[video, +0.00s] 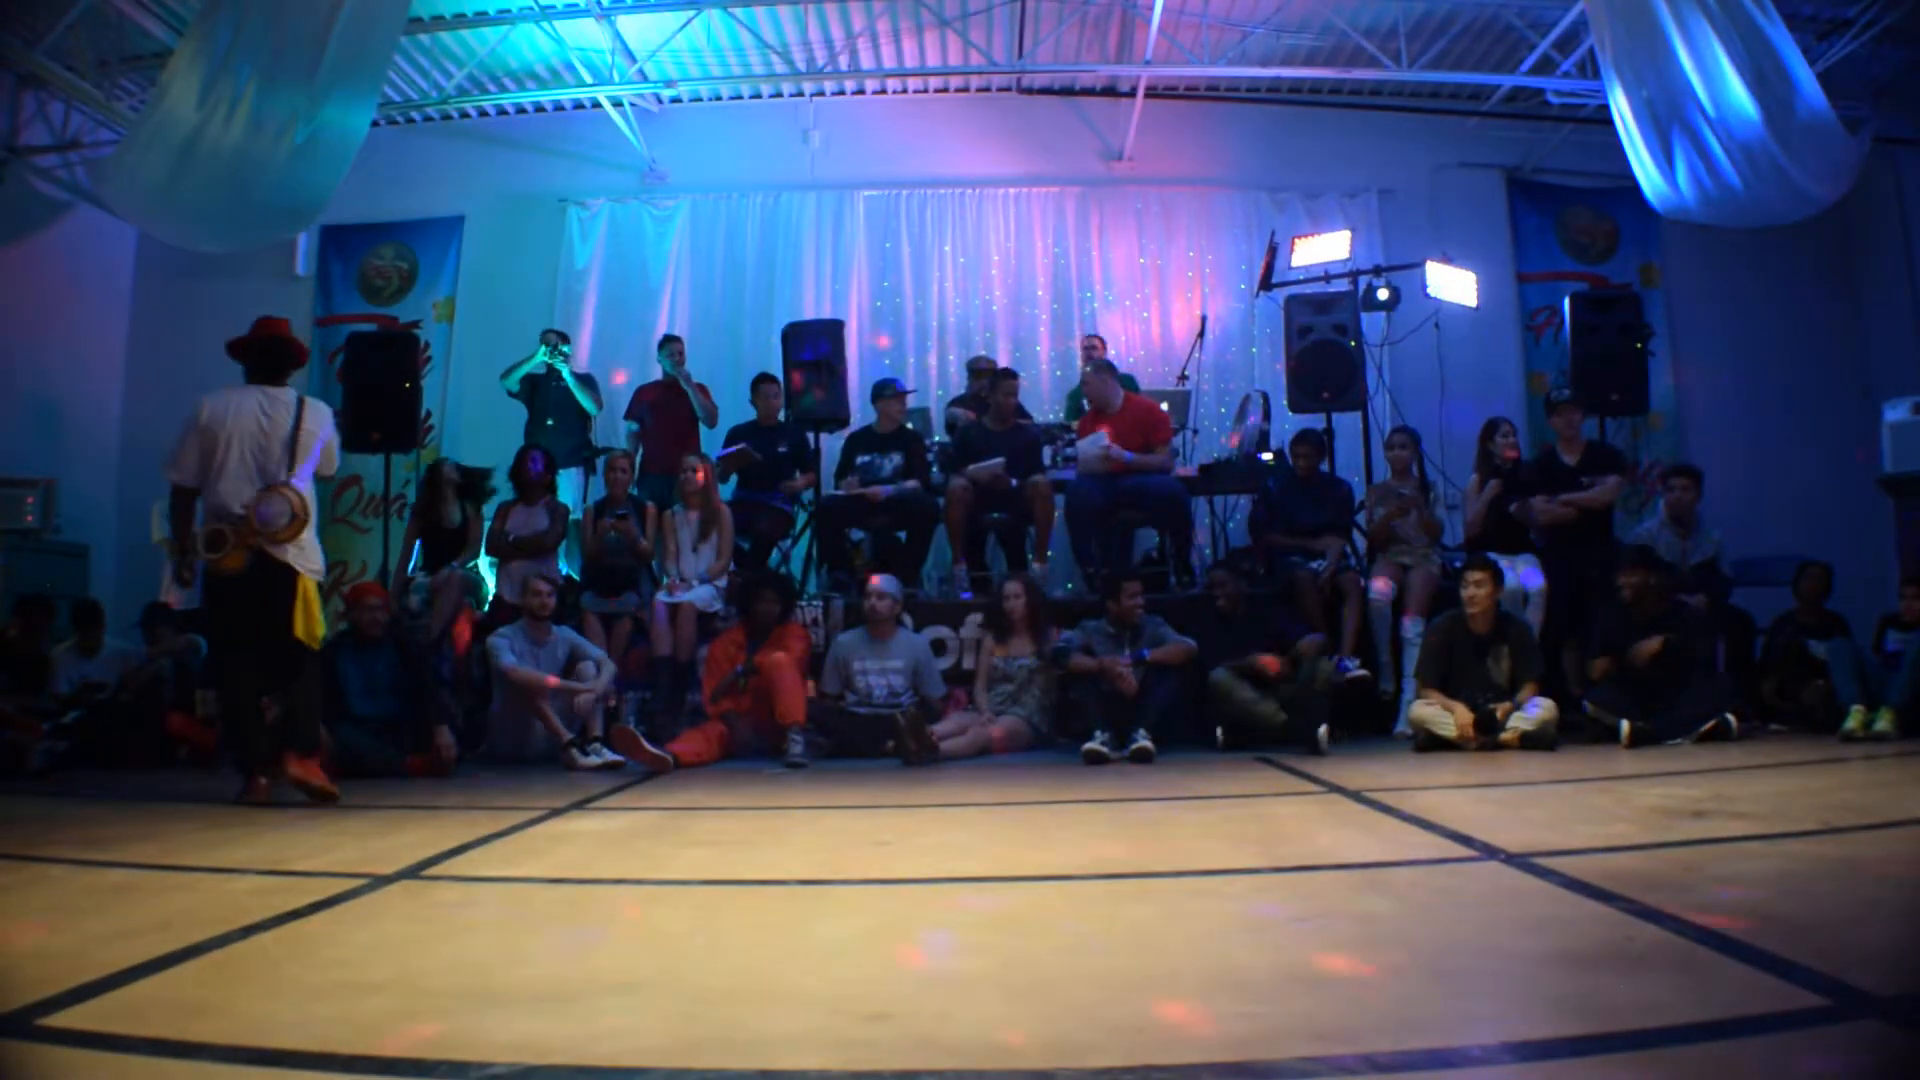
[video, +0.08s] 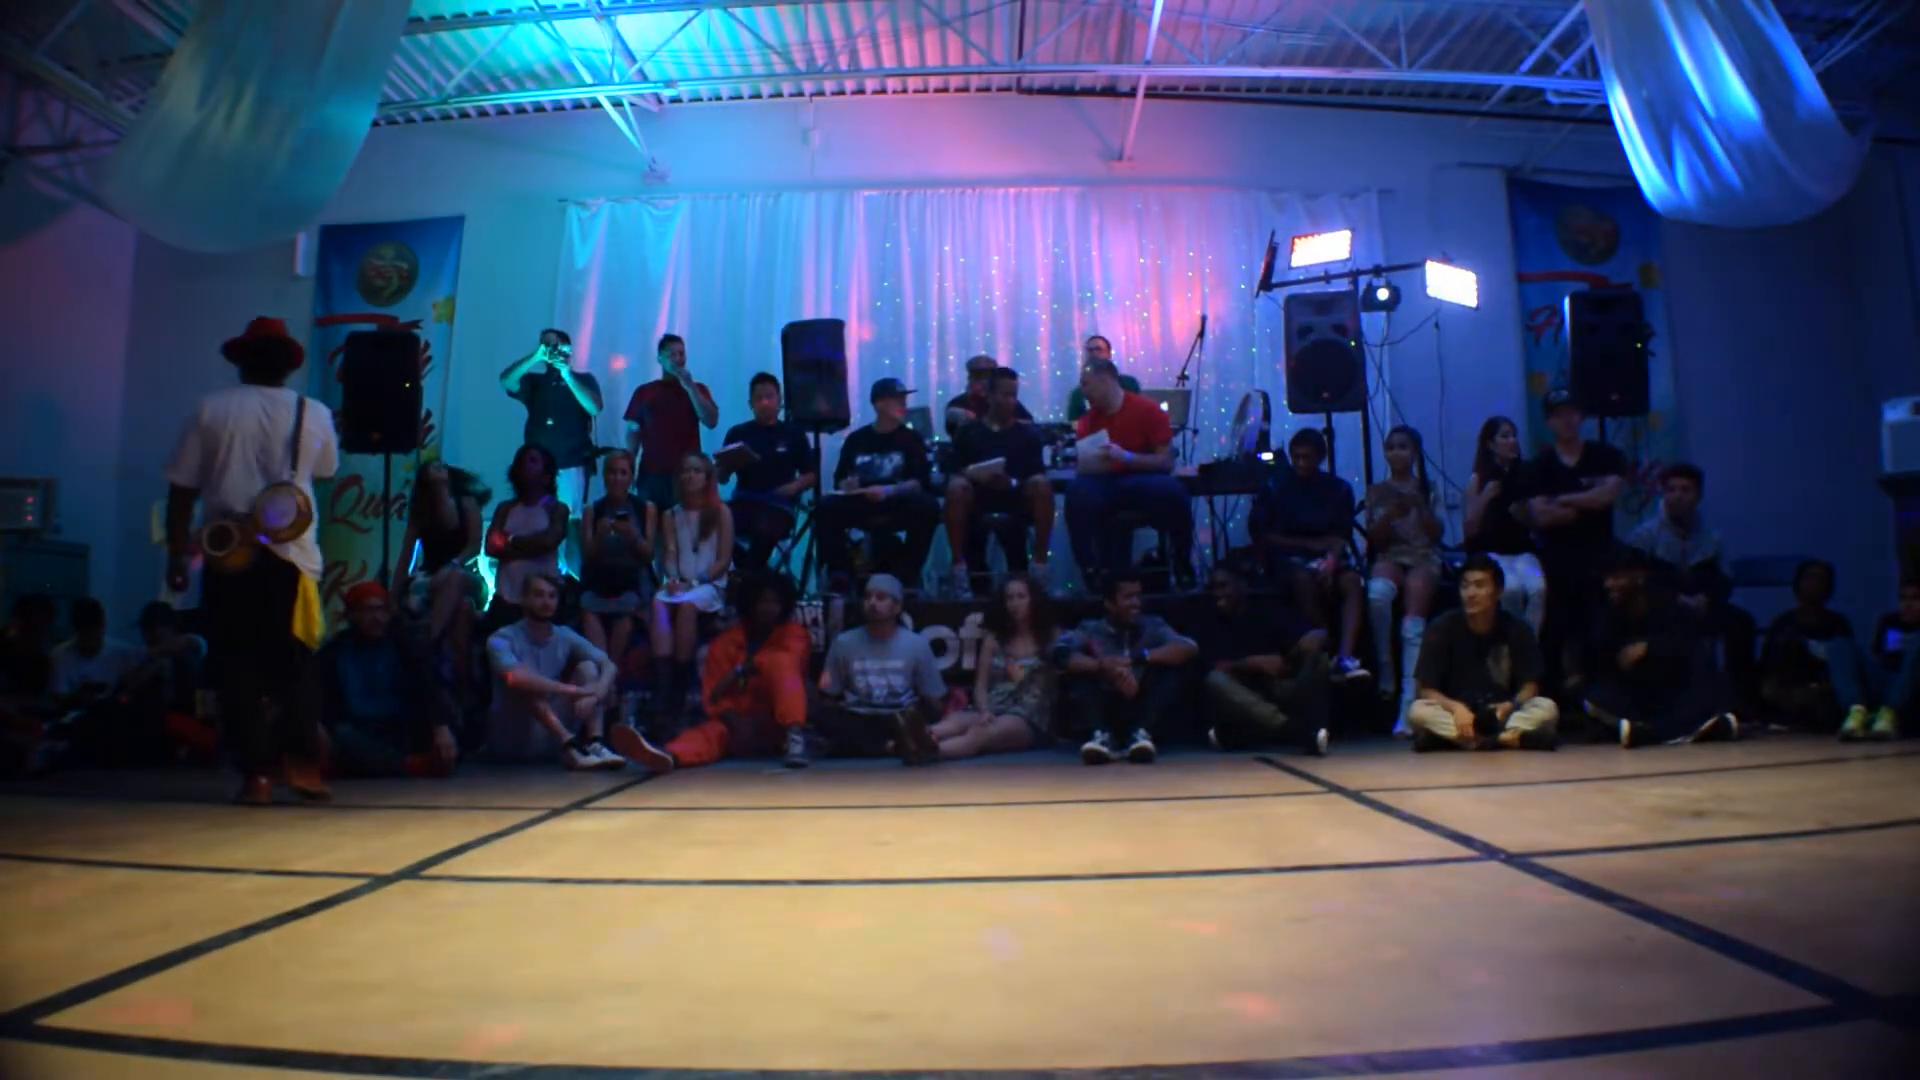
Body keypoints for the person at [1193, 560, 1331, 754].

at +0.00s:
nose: (1218, 593)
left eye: (1223, 586)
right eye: (1213, 588)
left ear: (1239, 585)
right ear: (1209, 591)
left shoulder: (1264, 611)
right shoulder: (1212, 622)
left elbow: (1311, 640)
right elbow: (1213, 663)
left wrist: (1287, 661)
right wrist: (1253, 662)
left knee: (1322, 666)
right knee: (1219, 678)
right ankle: (1298, 732)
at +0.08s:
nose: (1218, 593)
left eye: (1224, 586)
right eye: (1214, 588)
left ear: (1241, 586)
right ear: (1211, 591)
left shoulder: (1264, 614)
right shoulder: (1212, 624)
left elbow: (1315, 636)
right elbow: (1212, 665)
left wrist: (1287, 660)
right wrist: (1256, 663)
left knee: (1317, 660)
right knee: (1215, 680)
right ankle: (1297, 733)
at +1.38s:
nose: (1231, 592)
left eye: (1237, 584)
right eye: (1224, 587)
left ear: (1251, 585)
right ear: (1217, 592)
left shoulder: (1270, 615)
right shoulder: (1215, 625)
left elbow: (1311, 629)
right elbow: (1214, 673)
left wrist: (1279, 682)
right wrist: (1268, 691)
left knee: (1309, 633)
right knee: (1198, 692)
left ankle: (1249, 733)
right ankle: (1281, 734)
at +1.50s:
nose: (1232, 592)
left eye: (1237, 584)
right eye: (1225, 587)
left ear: (1249, 585)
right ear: (1217, 593)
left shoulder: (1267, 613)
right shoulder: (1214, 626)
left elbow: (1311, 629)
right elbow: (1215, 677)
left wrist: (1281, 677)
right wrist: (1268, 690)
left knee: (1298, 639)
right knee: (1198, 694)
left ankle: (1249, 734)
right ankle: (1278, 734)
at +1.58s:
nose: (1228, 593)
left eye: (1234, 585)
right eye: (1222, 587)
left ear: (1249, 587)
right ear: (1216, 592)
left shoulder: (1270, 616)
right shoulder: (1214, 626)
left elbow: (1310, 630)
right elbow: (1213, 675)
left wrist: (1277, 679)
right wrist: (1266, 690)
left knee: (1303, 636)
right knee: (1199, 694)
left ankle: (1248, 734)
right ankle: (1278, 735)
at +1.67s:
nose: (1224, 594)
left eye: (1231, 586)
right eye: (1220, 588)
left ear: (1248, 588)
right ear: (1215, 592)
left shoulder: (1270, 618)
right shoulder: (1216, 628)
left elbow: (1310, 629)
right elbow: (1213, 675)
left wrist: (1278, 679)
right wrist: (1265, 690)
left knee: (1304, 635)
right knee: (1199, 694)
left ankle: (1247, 734)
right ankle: (1279, 735)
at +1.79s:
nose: (1220, 594)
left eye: (1227, 587)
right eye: (1218, 588)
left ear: (1246, 588)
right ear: (1213, 591)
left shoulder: (1271, 619)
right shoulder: (1215, 629)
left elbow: (1308, 628)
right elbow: (1209, 677)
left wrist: (1274, 674)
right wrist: (1257, 687)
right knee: (1198, 695)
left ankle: (1249, 736)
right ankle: (1279, 735)